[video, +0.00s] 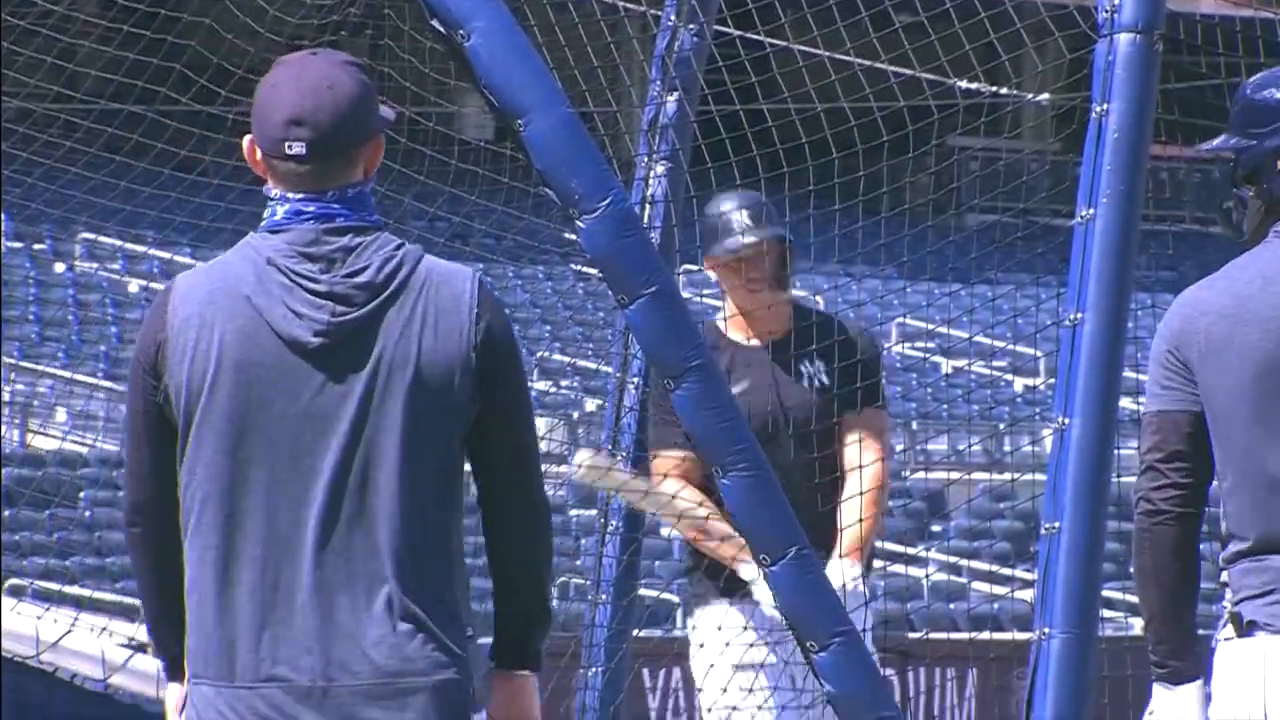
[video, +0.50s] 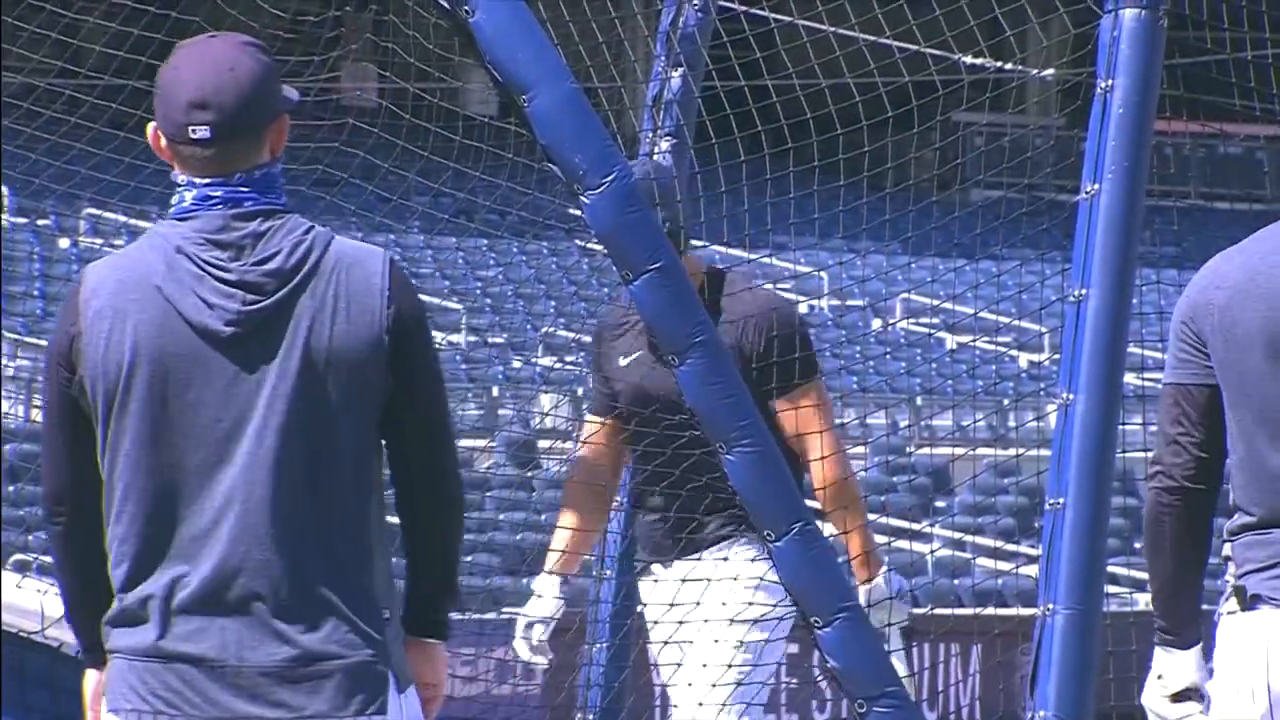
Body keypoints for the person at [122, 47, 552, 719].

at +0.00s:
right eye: (381, 138)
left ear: (253, 158)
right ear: (375, 156)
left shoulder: (183, 310)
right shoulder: (462, 303)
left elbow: (148, 513)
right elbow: (517, 505)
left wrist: (177, 670)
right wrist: (518, 665)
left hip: (236, 694)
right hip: (416, 693)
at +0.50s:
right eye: (286, 115)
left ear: (158, 145)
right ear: (280, 135)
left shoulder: (100, 295)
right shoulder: (371, 283)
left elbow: (69, 503)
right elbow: (430, 479)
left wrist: (99, 650)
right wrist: (428, 629)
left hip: (159, 683)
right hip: (339, 680)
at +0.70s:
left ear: (178, 140)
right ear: (302, 131)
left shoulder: (120, 291)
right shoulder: (394, 279)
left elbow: (71, 500)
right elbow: (441, 481)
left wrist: (93, 650)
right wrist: (413, 625)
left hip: (184, 678)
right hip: (363, 681)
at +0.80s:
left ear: (235, 135)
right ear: (358, 126)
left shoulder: (177, 286)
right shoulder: (450, 276)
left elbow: (123, 489)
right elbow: (492, 467)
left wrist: (129, 646)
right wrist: (459, 595)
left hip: (243, 673)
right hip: (419, 674)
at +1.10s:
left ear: (290, 122)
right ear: (414, 128)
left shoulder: (247, 274)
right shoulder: (498, 278)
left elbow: (181, 486)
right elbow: (528, 482)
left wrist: (157, 653)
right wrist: (487, 595)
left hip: (315, 669)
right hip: (473, 666)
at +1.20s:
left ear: (276, 121)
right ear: (402, 129)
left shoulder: (236, 272)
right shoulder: (479, 280)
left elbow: (176, 488)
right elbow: (506, 490)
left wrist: (153, 658)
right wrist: (461, 614)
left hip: (300, 669)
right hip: (454, 669)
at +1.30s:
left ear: (259, 120)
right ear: (385, 129)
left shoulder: (225, 270)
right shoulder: (461, 278)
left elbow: (170, 483)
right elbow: (482, 484)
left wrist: (149, 660)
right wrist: (445, 625)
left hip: (286, 664)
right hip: (434, 664)